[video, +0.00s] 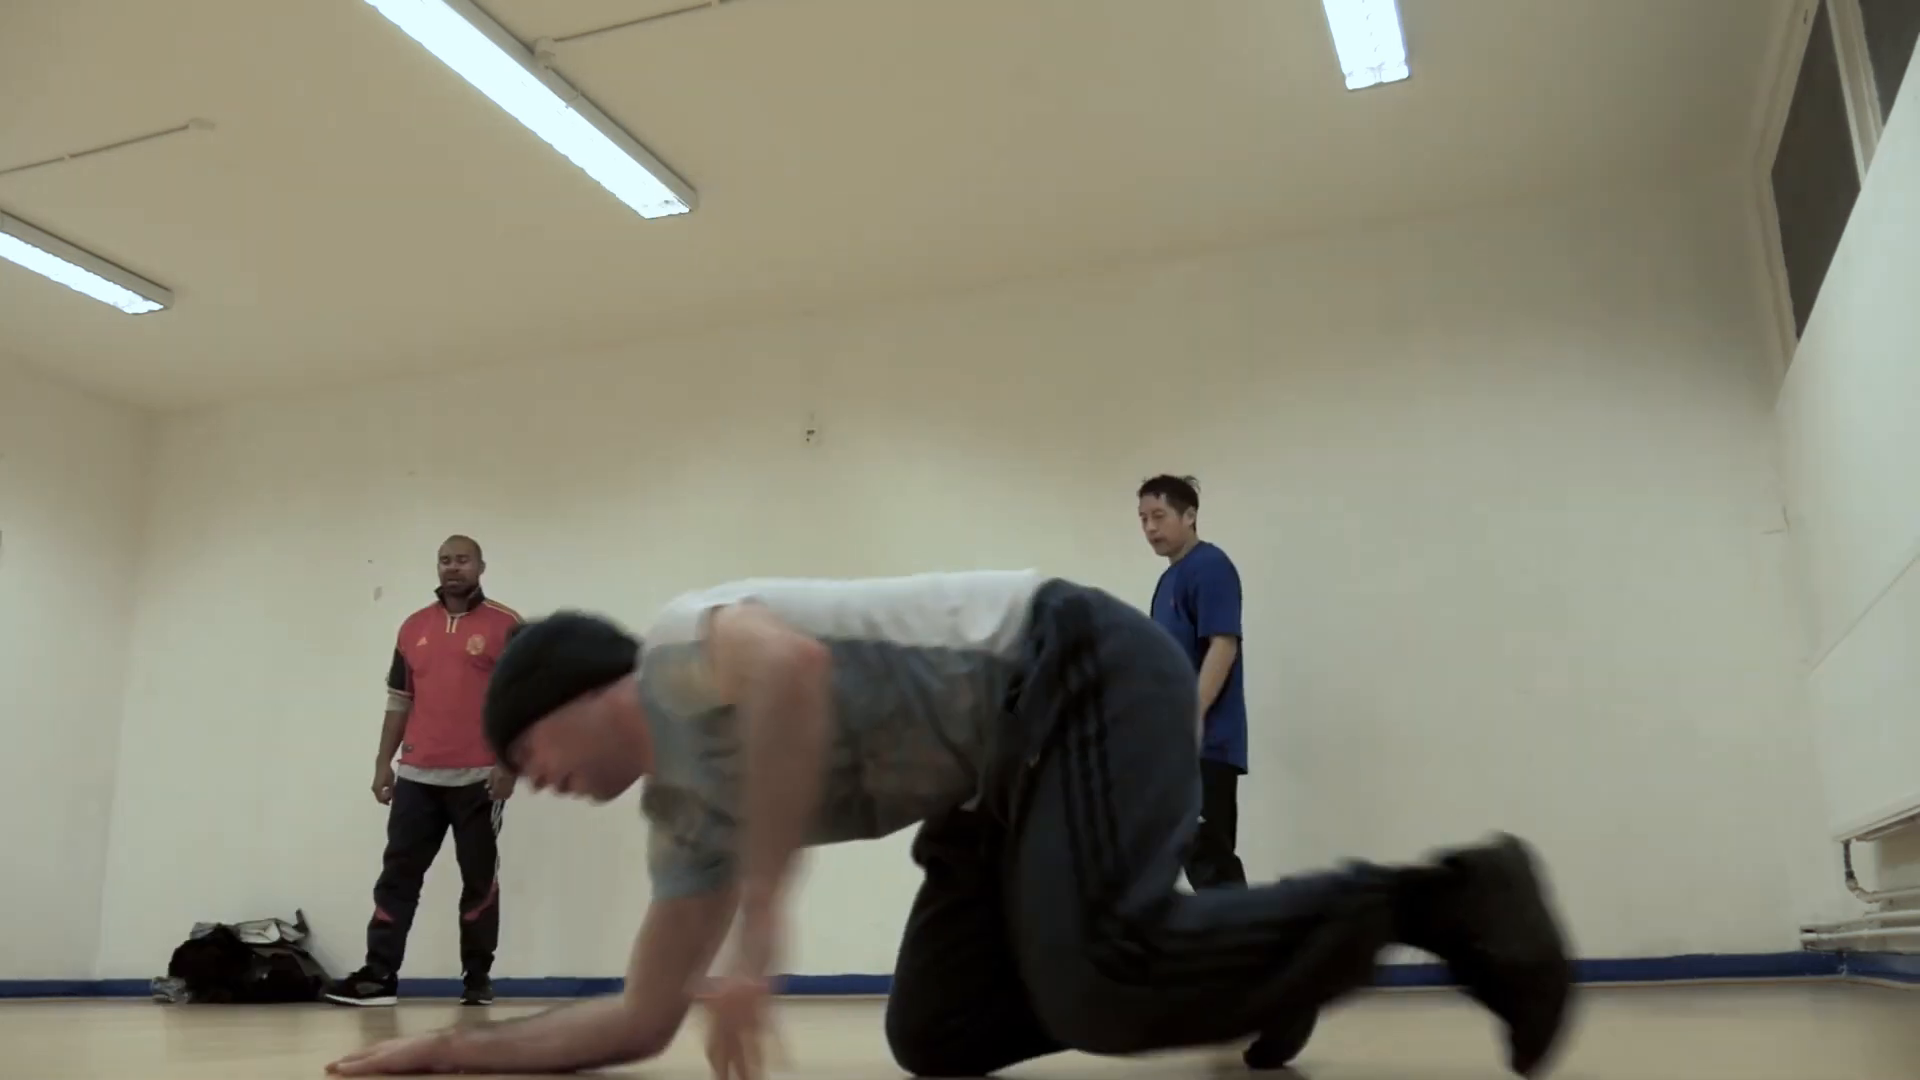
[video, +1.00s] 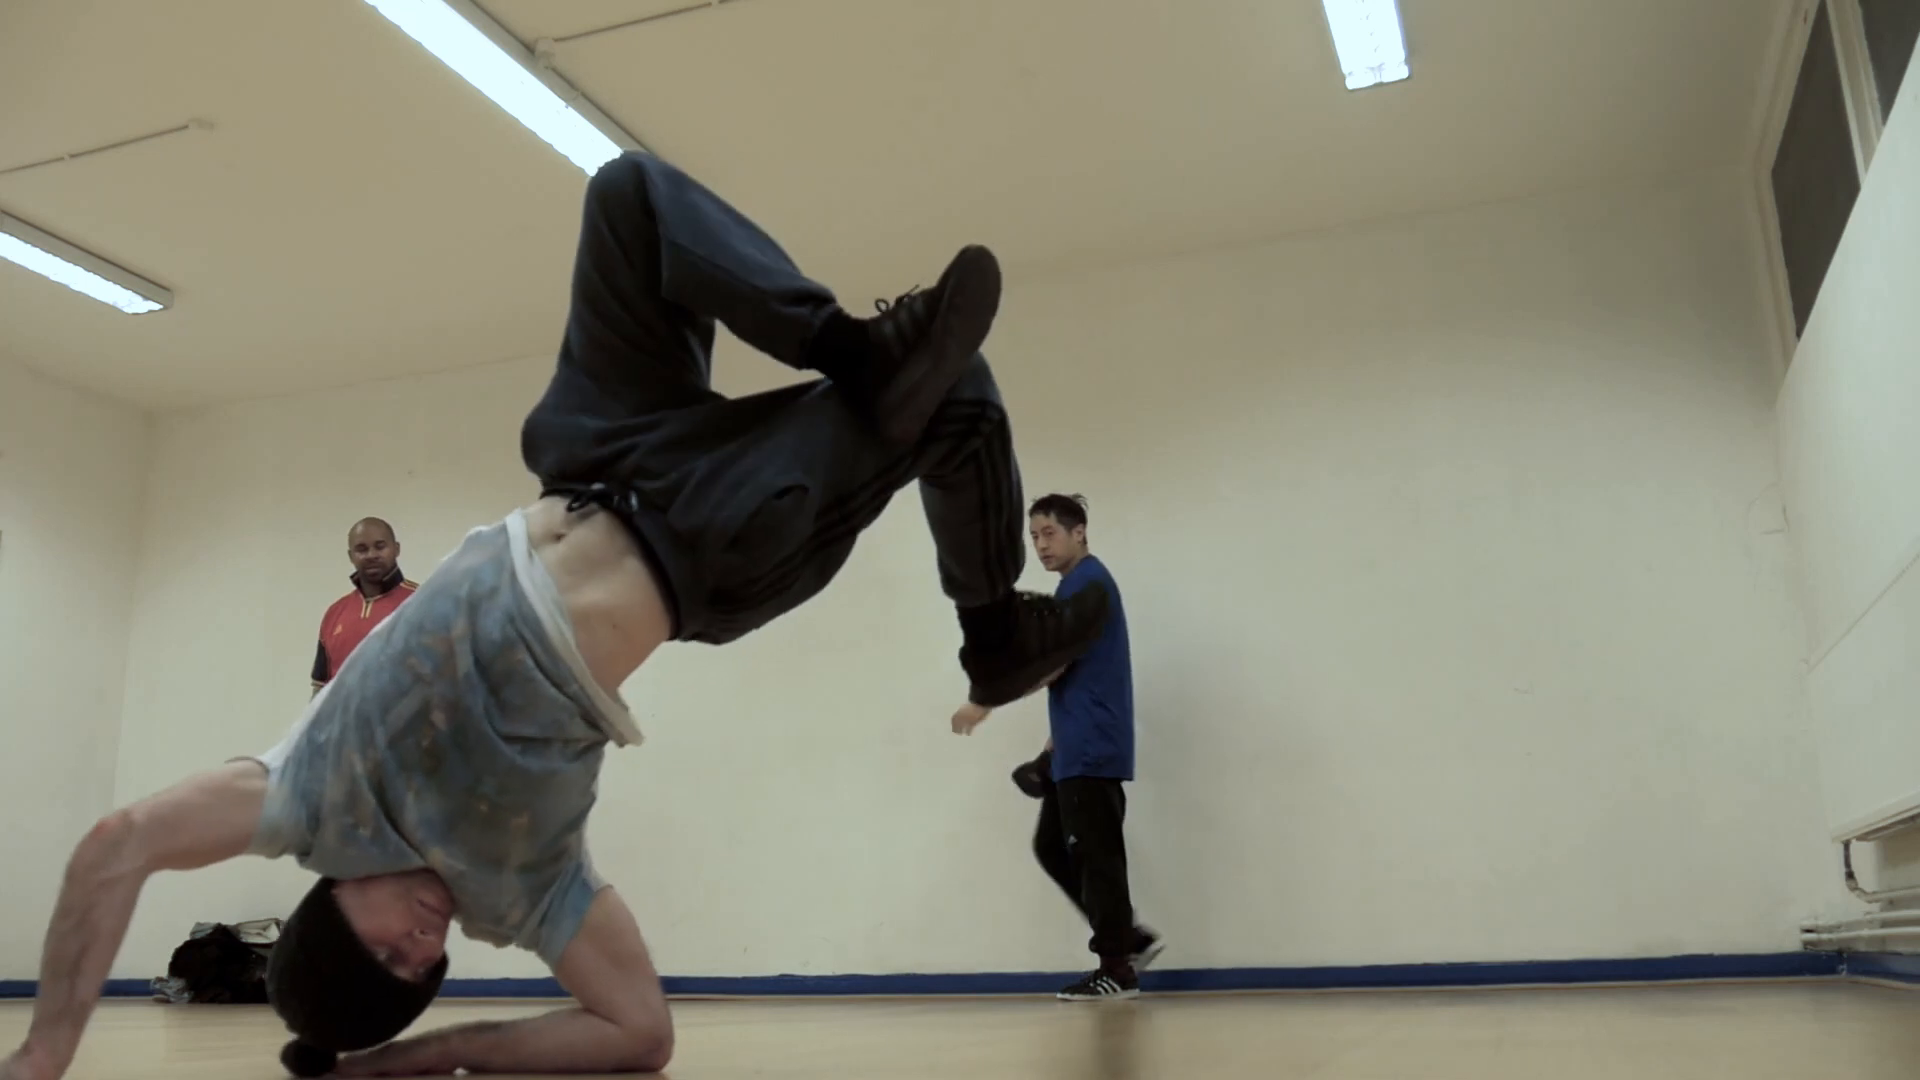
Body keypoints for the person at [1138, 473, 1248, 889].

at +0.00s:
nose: (1150, 527)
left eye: (1159, 516)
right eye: (1145, 519)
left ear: (1189, 517)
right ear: (1141, 522)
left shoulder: (1211, 565)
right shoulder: (1168, 579)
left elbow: (1224, 645)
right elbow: (1164, 654)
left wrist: (1192, 715)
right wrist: (1161, 715)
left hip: (1211, 740)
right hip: (1180, 738)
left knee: (1210, 854)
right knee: (1197, 855)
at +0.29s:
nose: (1128, 542)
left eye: (1135, 531)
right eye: (1123, 534)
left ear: (1166, 526)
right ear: (1129, 537)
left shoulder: (1193, 574)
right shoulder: (1167, 585)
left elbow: (1230, 650)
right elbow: (1183, 660)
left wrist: (1255, 723)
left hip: (1189, 743)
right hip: (1184, 744)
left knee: (1151, 848)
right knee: (1212, 862)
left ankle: (1179, 964)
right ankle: (1250, 962)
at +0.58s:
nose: (1093, 548)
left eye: (1100, 536)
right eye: (1088, 541)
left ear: (1130, 534)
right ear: (1093, 546)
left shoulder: (1152, 583)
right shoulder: (1132, 592)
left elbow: (1185, 662)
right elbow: (1144, 675)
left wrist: (1199, 733)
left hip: (1156, 754)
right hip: (1154, 755)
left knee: (1137, 862)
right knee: (1195, 860)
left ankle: (1120, 970)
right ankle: (1249, 961)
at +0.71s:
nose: (1076, 545)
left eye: (1084, 534)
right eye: (1070, 538)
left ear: (1113, 533)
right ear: (1072, 543)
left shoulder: (1128, 581)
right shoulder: (1119, 587)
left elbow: (1137, 660)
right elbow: (1119, 683)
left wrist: (1129, 734)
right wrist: (1106, 766)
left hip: (1132, 748)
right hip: (1143, 748)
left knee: (1118, 860)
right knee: (1165, 855)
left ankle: (1117, 970)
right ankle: (1238, 952)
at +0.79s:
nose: (1066, 545)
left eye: (1074, 534)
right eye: (1061, 537)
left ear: (1104, 533)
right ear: (1067, 543)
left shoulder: (1116, 581)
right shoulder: (1110, 585)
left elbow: (1107, 664)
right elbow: (1104, 674)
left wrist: (1073, 739)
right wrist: (1081, 763)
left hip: (1121, 750)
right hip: (1129, 750)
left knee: (1110, 860)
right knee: (1131, 856)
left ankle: (1116, 971)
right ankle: (1218, 939)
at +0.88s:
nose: (1056, 545)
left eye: (1064, 534)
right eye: (1051, 537)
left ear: (1094, 533)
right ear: (1054, 541)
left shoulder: (1104, 583)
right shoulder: (1098, 584)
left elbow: (1081, 666)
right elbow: (1095, 680)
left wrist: (1024, 725)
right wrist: (1070, 741)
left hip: (1109, 750)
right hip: (1100, 750)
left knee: (1102, 857)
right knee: (1104, 856)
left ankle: (1115, 972)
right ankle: (1190, 925)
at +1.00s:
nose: (1039, 544)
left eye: (1048, 533)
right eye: (1035, 536)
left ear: (1078, 533)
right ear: (1038, 539)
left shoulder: (1087, 583)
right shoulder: (1077, 585)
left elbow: (1049, 662)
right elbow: (1085, 689)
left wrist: (983, 702)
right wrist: (1054, 751)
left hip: (1092, 747)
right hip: (1075, 749)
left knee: (1099, 857)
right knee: (1051, 846)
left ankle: (1117, 969)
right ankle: (1126, 934)